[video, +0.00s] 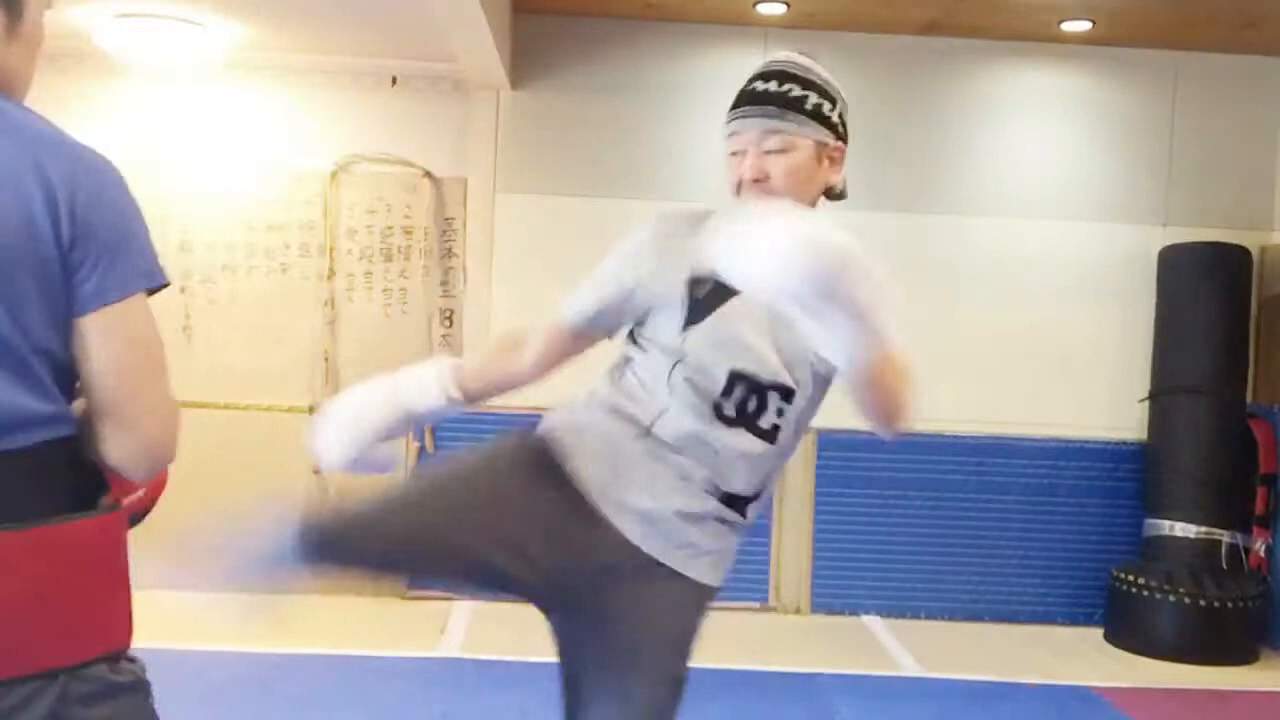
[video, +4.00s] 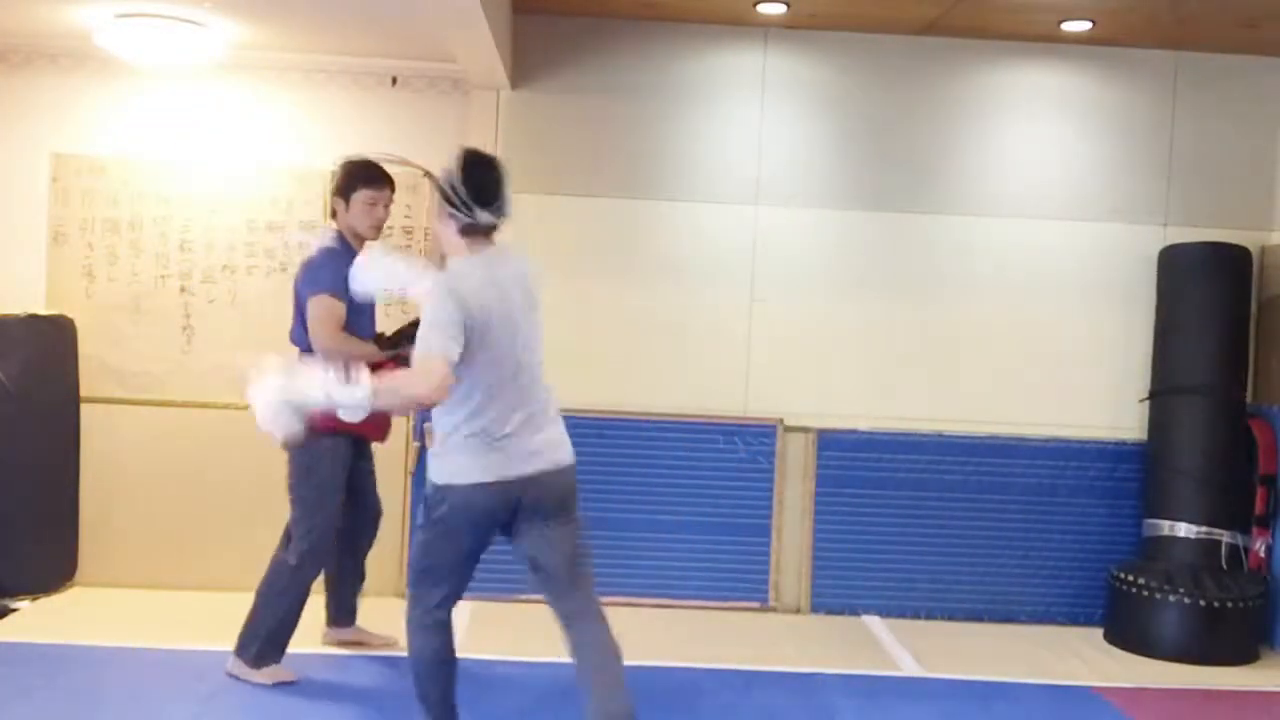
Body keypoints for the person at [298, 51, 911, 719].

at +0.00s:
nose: (755, 169)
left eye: (779, 149)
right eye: (740, 151)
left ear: (833, 164)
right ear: (726, 160)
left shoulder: (842, 284)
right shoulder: (673, 241)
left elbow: (891, 413)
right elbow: (540, 347)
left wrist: (833, 297)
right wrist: (416, 390)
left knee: (628, 708)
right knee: (346, 532)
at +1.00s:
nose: (702, 218)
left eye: (712, 199)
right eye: (704, 199)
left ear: (756, 205)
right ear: (784, 209)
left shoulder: (741, 298)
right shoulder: (868, 300)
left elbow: (697, 451)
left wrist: (625, 375)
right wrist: (709, 331)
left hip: (773, 620)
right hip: (876, 610)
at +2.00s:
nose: (790, 224)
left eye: (794, 206)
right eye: (790, 206)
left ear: (831, 209)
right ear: (855, 210)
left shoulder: (831, 293)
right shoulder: (928, 292)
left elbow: (830, 447)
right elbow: (927, 433)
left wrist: (736, 402)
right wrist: (803, 385)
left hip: (846, 588)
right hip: (940, 582)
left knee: (712, 711)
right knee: (938, 713)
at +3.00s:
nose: (626, 208)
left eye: (629, 196)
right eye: (630, 196)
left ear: (642, 204)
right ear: (704, 212)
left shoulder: (602, 289)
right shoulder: (745, 309)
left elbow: (562, 418)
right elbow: (745, 434)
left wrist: (539, 371)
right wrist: (686, 391)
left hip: (607, 536)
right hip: (701, 536)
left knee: (571, 698)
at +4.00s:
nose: (429, 220)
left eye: (433, 209)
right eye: (435, 209)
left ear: (445, 214)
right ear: (496, 214)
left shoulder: (449, 287)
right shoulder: (520, 270)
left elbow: (429, 386)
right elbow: (477, 308)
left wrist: (343, 388)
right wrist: (412, 279)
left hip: (470, 481)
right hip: (548, 470)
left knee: (429, 609)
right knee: (578, 604)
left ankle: (439, 712)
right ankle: (615, 712)